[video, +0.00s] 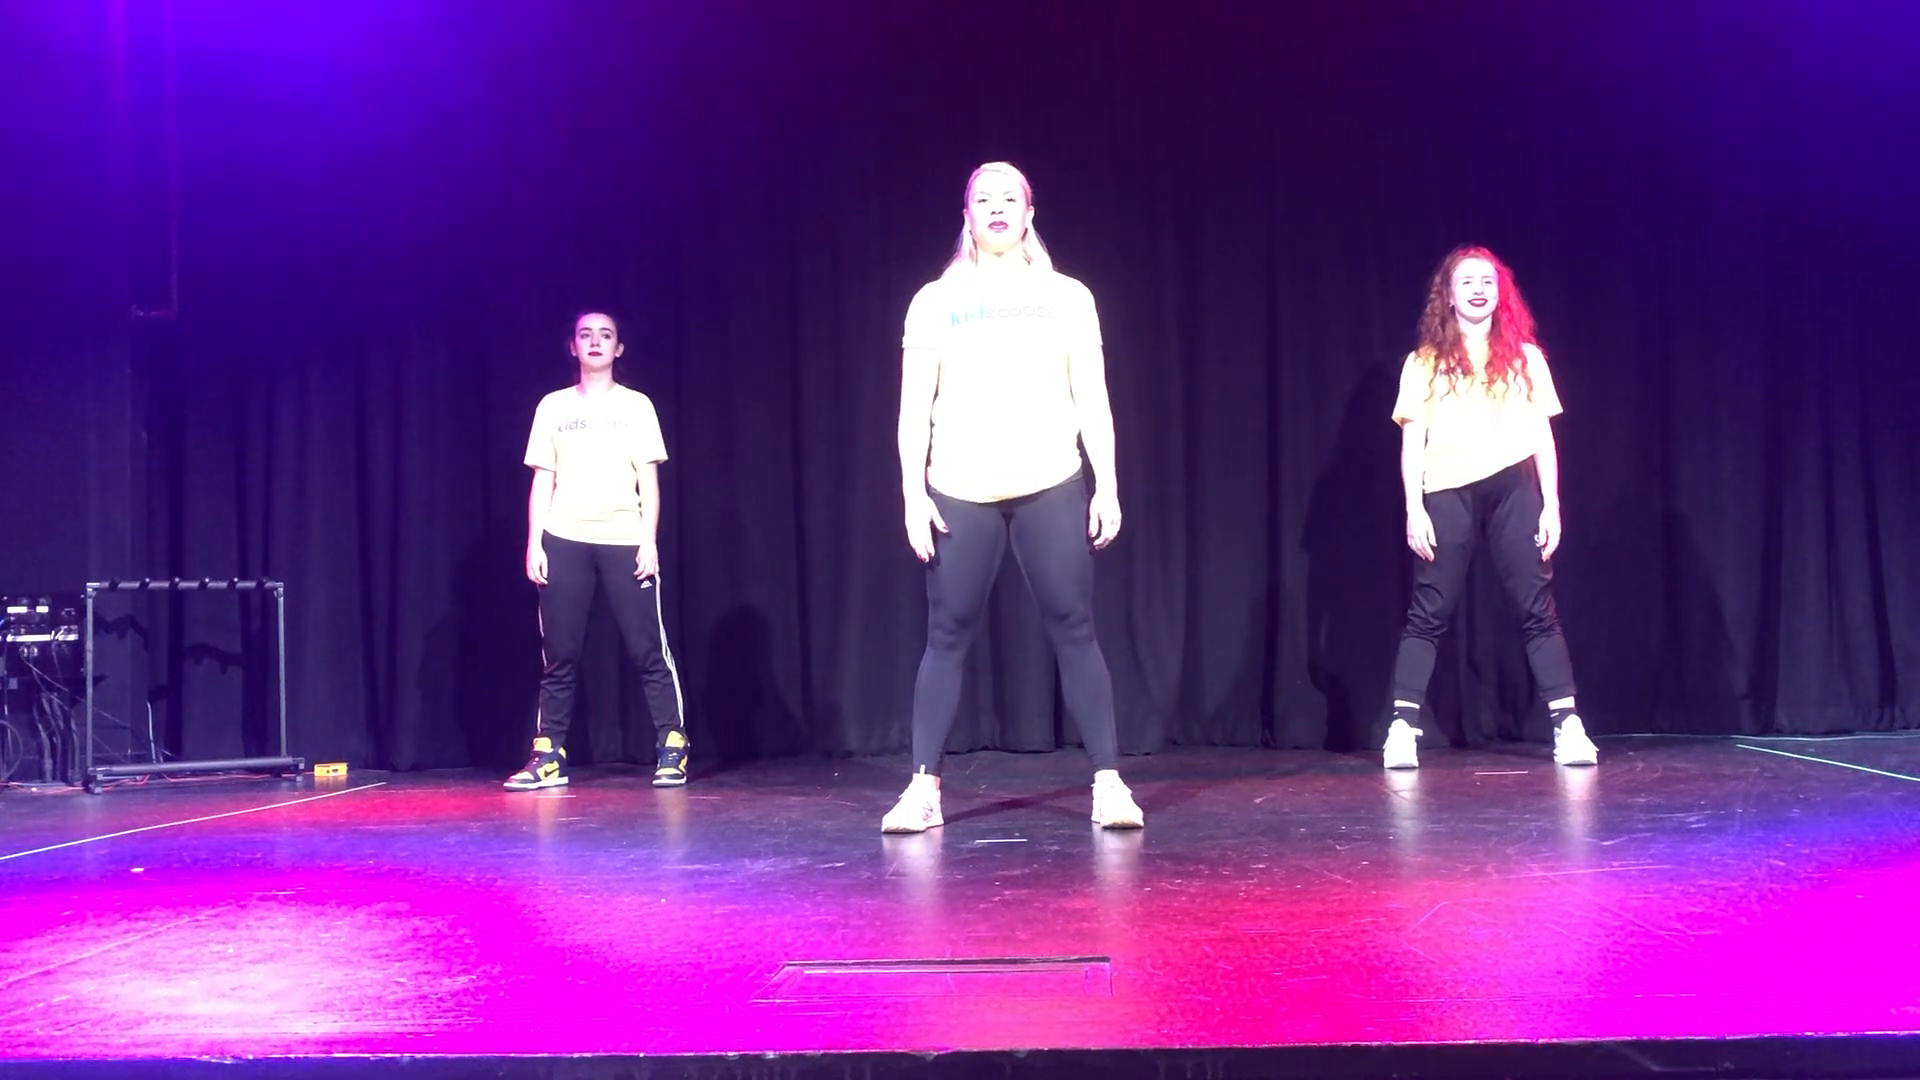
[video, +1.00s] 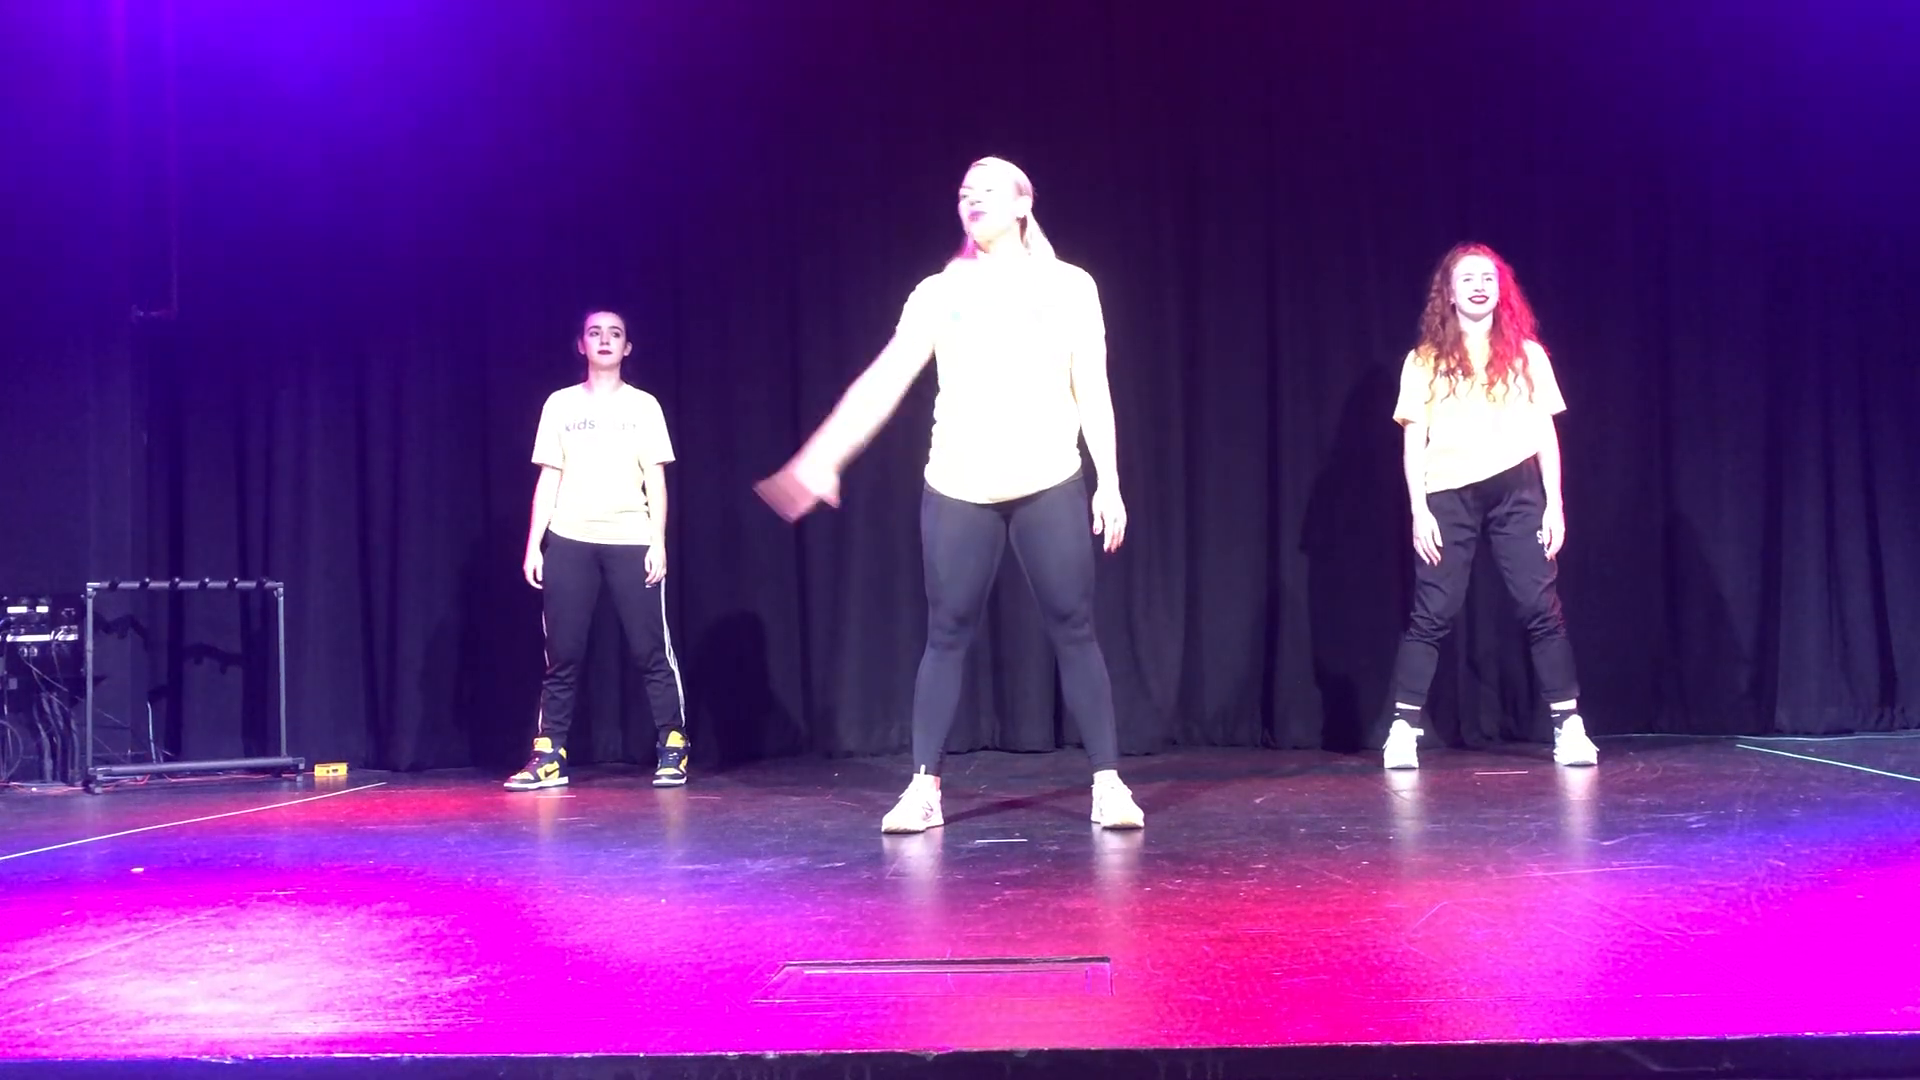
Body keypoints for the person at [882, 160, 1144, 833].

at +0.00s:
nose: (997, 210)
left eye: (1009, 200)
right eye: (985, 200)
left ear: (1029, 212)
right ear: (966, 212)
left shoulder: (1070, 297)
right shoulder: (933, 302)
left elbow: (1092, 396)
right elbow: (915, 406)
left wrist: (1106, 483)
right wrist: (913, 491)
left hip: (1051, 483)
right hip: (962, 486)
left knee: (1073, 625)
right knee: (947, 629)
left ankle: (1107, 779)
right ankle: (924, 783)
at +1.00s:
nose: (971, 200)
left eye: (986, 188)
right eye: (965, 192)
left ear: (1024, 200)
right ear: (959, 210)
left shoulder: (1071, 287)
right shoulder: (939, 292)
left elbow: (1093, 391)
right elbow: (882, 382)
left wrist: (1108, 482)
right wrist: (820, 457)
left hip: (1049, 477)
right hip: (961, 482)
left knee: (1074, 623)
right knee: (947, 627)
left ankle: (1106, 779)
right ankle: (924, 784)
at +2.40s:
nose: (1042, 239)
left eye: (1045, 229)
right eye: (1027, 229)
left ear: (1049, 243)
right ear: (988, 243)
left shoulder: (1069, 327)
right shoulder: (952, 315)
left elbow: (1121, 411)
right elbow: (944, 366)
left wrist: (1198, 398)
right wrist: (981, 285)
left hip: (1052, 508)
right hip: (960, 509)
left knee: (1103, 634)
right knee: (916, 639)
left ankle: (1120, 782)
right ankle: (915, 790)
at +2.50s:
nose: (1088, 221)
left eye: (1085, 210)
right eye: (1074, 208)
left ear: (1072, 227)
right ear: (1032, 220)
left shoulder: (1085, 311)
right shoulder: (986, 288)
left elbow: (1145, 383)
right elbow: (1011, 344)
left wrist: (1182, 312)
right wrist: (1025, 249)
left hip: (1049, 494)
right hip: (965, 491)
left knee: (1098, 622)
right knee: (930, 634)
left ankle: (1119, 781)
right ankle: (912, 787)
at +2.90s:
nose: (1157, 284)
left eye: (1159, 274)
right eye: (1146, 271)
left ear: (1151, 285)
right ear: (1103, 274)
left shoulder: (1118, 347)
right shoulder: (1072, 322)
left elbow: (1169, 436)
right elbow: (1117, 409)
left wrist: (1173, 354)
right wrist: (1154, 338)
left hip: (1049, 515)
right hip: (979, 507)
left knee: (1107, 634)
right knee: (964, 659)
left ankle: (1117, 783)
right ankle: (883, 780)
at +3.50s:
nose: (1107, 333)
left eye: (1113, 322)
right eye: (1094, 322)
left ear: (1120, 324)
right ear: (1056, 325)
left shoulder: (1112, 379)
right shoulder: (1014, 366)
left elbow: (1166, 465)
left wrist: (1137, 397)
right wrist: (1073, 386)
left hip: (1034, 512)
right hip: (949, 504)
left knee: (1074, 632)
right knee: (930, 628)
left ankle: (1117, 780)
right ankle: (880, 779)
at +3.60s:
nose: (1044, 341)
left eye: (1053, 328)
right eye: (1030, 329)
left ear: (1068, 330)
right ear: (998, 335)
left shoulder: (1086, 368)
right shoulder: (964, 381)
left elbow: (1141, 464)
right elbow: (947, 484)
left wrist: (1087, 393)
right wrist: (1006, 414)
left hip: (1044, 508)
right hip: (953, 508)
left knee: (1071, 628)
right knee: (925, 628)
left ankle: (1118, 780)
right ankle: (881, 778)